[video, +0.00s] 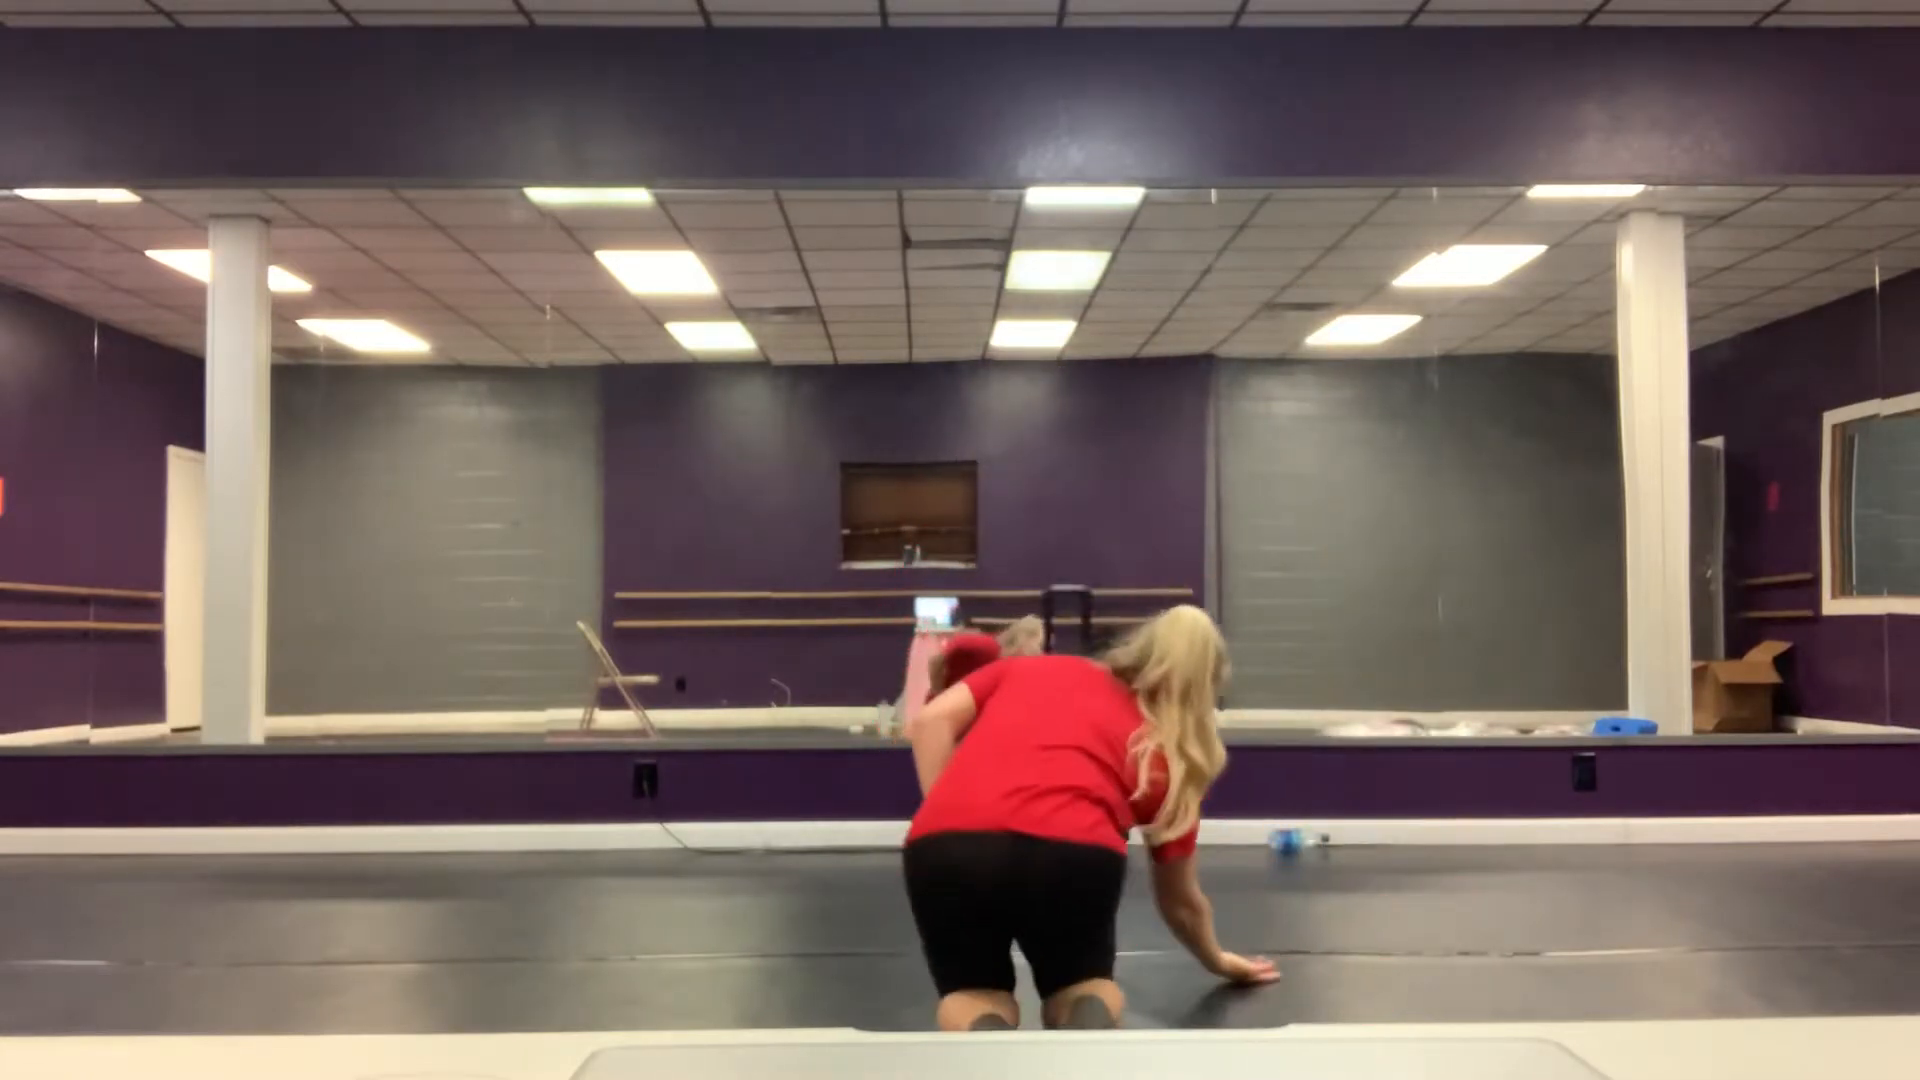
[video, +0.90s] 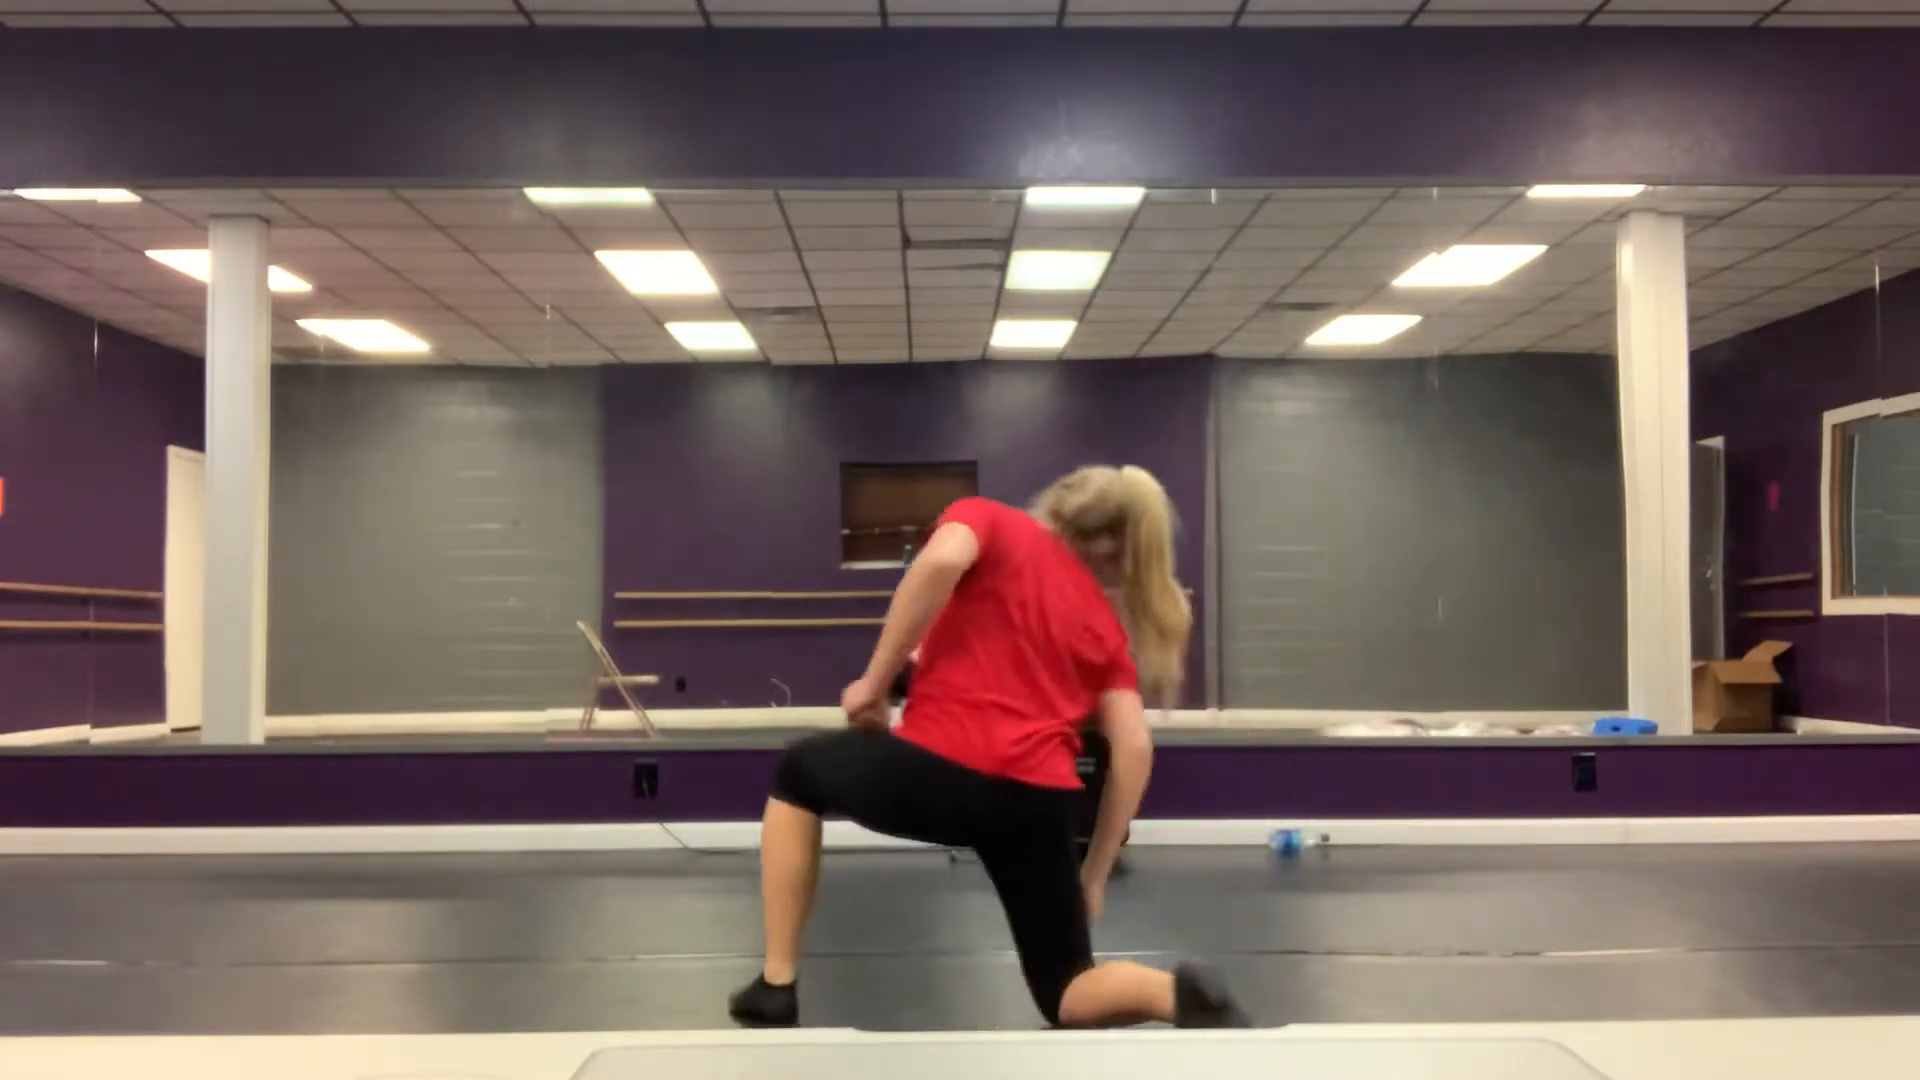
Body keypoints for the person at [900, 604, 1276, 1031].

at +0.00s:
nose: (1212, 698)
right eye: (1212, 684)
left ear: (1135, 651)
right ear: (1199, 684)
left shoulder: (1024, 668)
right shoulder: (1164, 742)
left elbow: (931, 722)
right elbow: (1179, 900)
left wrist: (950, 822)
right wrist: (1217, 960)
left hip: (947, 848)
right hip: (1073, 856)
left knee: (974, 989)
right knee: (1080, 985)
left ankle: (981, 1037)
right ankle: (1090, 1021)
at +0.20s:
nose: (1239, 701)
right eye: (1239, 687)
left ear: (1172, 633)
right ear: (1224, 684)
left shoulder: (1066, 625)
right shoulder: (1179, 737)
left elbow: (965, 660)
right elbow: (1147, 883)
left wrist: (969, 765)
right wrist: (1161, 950)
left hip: (958, 809)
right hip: (1077, 826)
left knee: (974, 981)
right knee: (1068, 985)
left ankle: (973, 1042)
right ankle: (1102, 997)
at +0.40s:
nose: (1218, 695)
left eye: (1227, 686)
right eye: (1225, 682)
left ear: (1175, 617)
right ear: (1220, 669)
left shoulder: (1086, 593)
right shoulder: (1173, 733)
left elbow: (992, 611)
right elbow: (1132, 859)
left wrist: (966, 725)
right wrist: (1118, 944)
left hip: (978, 778)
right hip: (1089, 813)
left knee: (922, 921)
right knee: (1070, 993)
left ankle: (941, 972)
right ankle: (1115, 981)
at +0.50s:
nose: (1204, 677)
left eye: (1210, 669)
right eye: (1208, 666)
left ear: (1163, 596)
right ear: (1200, 651)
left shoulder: (1081, 582)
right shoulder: (1165, 710)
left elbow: (995, 604)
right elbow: (1122, 847)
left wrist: (958, 715)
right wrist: (1098, 943)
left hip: (985, 770)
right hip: (1088, 818)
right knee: (1069, 992)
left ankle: (914, 936)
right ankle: (1114, 982)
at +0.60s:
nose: (1184, 650)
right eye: (1189, 637)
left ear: (1143, 574)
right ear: (1183, 633)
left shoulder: (1074, 564)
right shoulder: (1152, 686)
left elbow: (996, 587)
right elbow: (1121, 819)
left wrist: (950, 704)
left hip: (985, 766)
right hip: (1083, 818)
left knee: (851, 789)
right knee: (1070, 992)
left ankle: (853, 967)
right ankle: (1115, 981)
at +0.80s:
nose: (1148, 600)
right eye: (1152, 589)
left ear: (1088, 528)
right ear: (1144, 581)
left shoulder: (1031, 529)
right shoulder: (1123, 649)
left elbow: (977, 559)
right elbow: (1118, 805)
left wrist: (912, 676)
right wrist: (1061, 930)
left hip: (961, 765)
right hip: (1059, 809)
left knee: (812, 773)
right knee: (1071, 994)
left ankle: (775, 983)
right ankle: (1136, 979)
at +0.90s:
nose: (1122, 570)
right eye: (1124, 557)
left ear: (1057, 502)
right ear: (1117, 549)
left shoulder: (987, 516)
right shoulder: (1103, 619)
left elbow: (946, 559)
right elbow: (1132, 746)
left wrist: (874, 680)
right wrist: (1096, 874)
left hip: (935, 774)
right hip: (1034, 805)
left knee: (799, 775)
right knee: (1066, 995)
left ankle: (775, 984)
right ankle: (1177, 993)